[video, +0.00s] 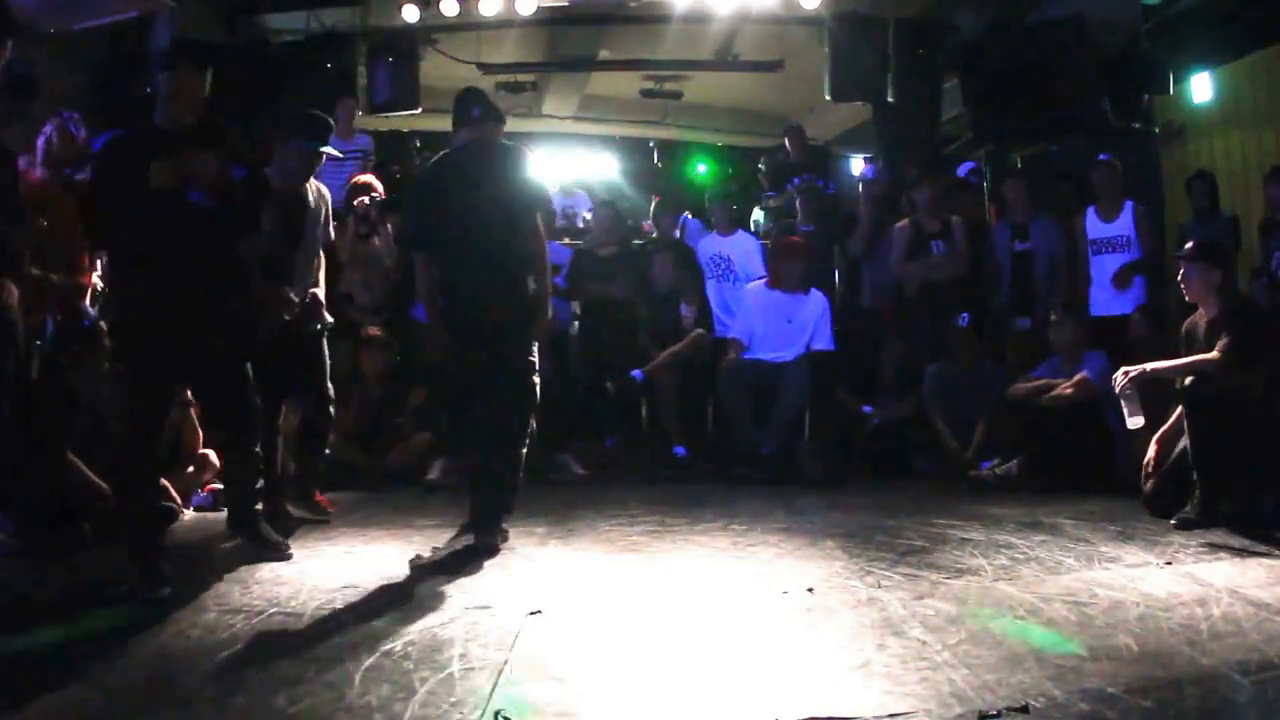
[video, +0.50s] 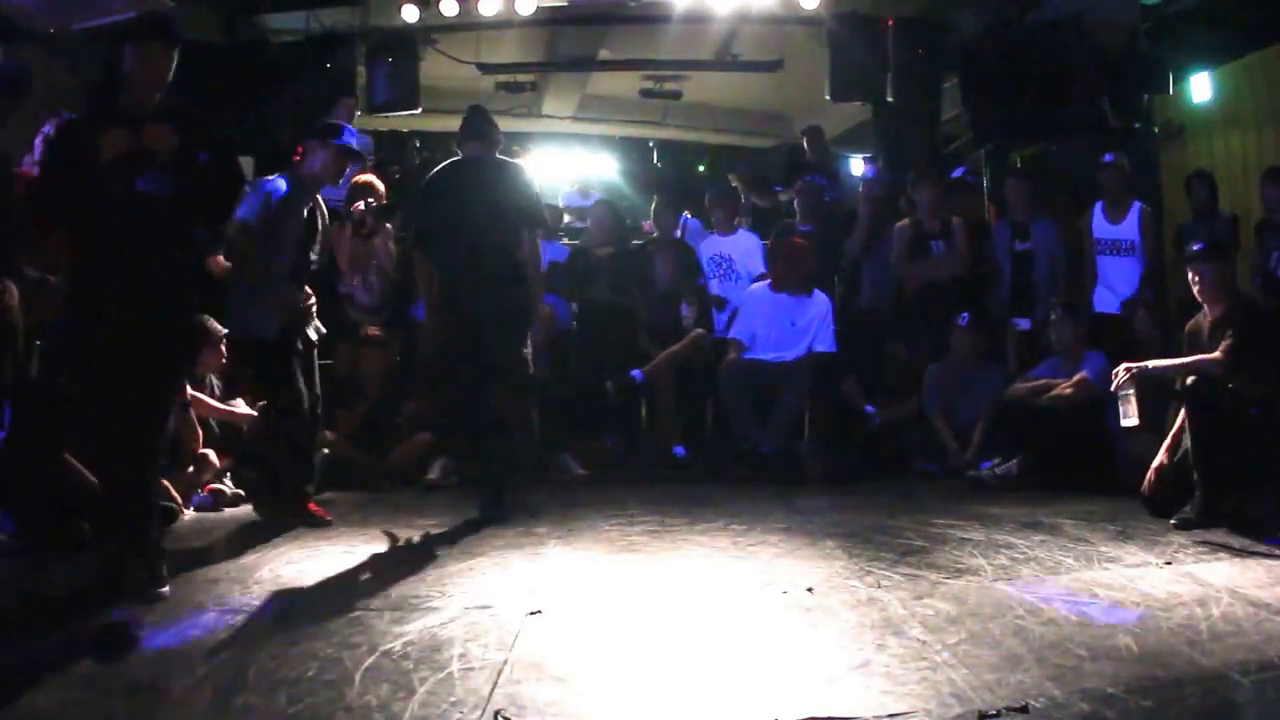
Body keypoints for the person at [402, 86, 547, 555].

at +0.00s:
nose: (496, 134)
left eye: (491, 127)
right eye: (494, 126)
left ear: (455, 126)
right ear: (495, 124)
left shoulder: (433, 175)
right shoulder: (515, 164)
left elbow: (422, 256)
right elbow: (537, 241)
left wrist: (429, 314)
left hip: (456, 308)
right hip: (510, 305)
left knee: (469, 407)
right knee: (516, 409)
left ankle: (483, 513)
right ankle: (491, 517)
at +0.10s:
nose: (499, 136)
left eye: (495, 131)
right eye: (497, 129)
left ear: (457, 129)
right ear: (493, 125)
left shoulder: (434, 174)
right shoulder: (513, 155)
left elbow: (414, 247)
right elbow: (548, 214)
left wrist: (429, 305)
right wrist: (564, 262)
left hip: (460, 296)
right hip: (510, 291)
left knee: (467, 391)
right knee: (524, 373)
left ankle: (486, 496)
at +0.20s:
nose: (495, 144)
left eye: (490, 137)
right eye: (495, 136)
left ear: (457, 136)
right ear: (495, 133)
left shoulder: (434, 180)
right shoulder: (511, 163)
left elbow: (412, 256)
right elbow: (558, 213)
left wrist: (426, 320)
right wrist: (597, 255)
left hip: (460, 304)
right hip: (512, 300)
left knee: (469, 390)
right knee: (534, 383)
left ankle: (482, 481)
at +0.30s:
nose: (501, 143)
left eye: (498, 138)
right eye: (500, 136)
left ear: (459, 135)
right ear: (496, 132)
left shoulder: (433, 180)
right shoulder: (509, 163)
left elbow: (416, 253)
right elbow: (554, 210)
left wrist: (424, 312)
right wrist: (583, 252)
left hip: (459, 298)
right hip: (510, 291)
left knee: (469, 386)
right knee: (533, 372)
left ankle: (484, 487)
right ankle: (522, 460)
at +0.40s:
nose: (493, 144)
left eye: (485, 137)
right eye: (494, 137)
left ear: (460, 136)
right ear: (496, 135)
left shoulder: (435, 180)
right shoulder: (512, 170)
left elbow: (421, 255)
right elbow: (540, 236)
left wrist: (425, 313)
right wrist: (557, 295)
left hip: (460, 305)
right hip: (509, 302)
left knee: (471, 396)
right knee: (522, 389)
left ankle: (487, 494)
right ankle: (524, 487)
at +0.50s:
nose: (487, 147)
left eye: (477, 141)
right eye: (490, 140)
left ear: (460, 140)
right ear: (496, 139)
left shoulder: (437, 179)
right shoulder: (513, 174)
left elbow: (420, 246)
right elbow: (536, 234)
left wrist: (427, 304)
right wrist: (537, 300)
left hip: (454, 301)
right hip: (505, 298)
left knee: (459, 386)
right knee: (512, 383)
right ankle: (513, 473)